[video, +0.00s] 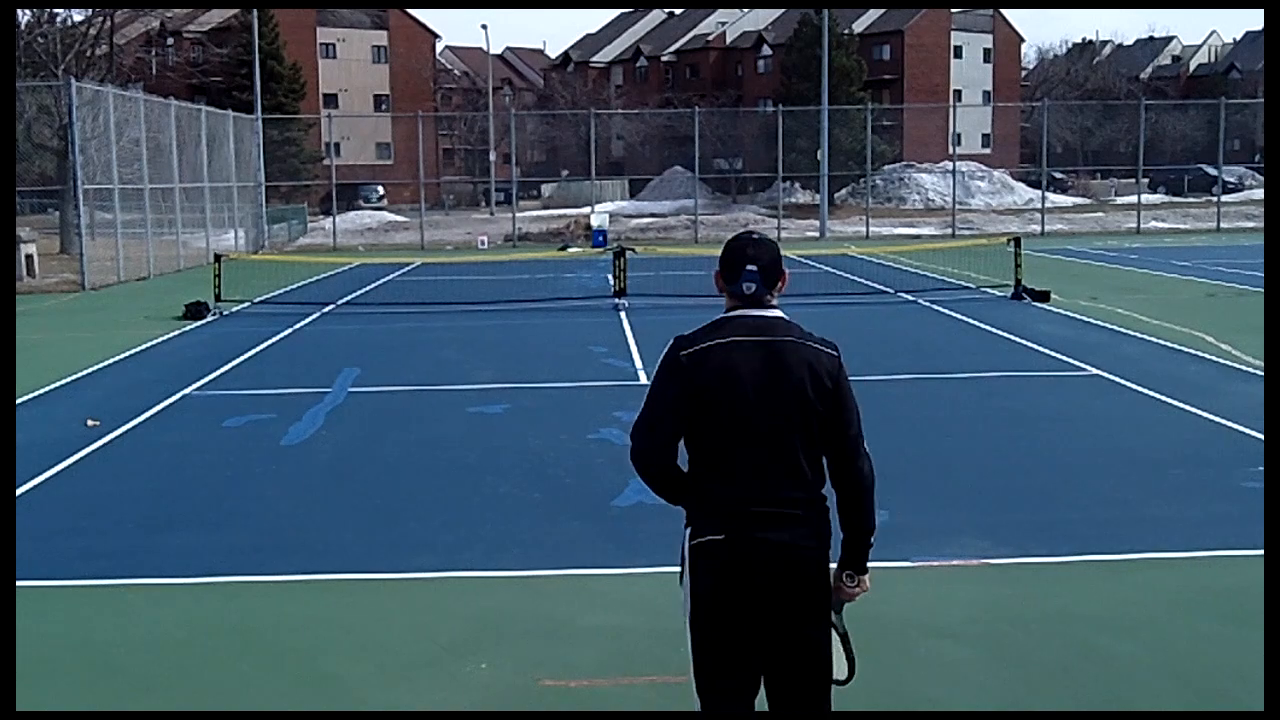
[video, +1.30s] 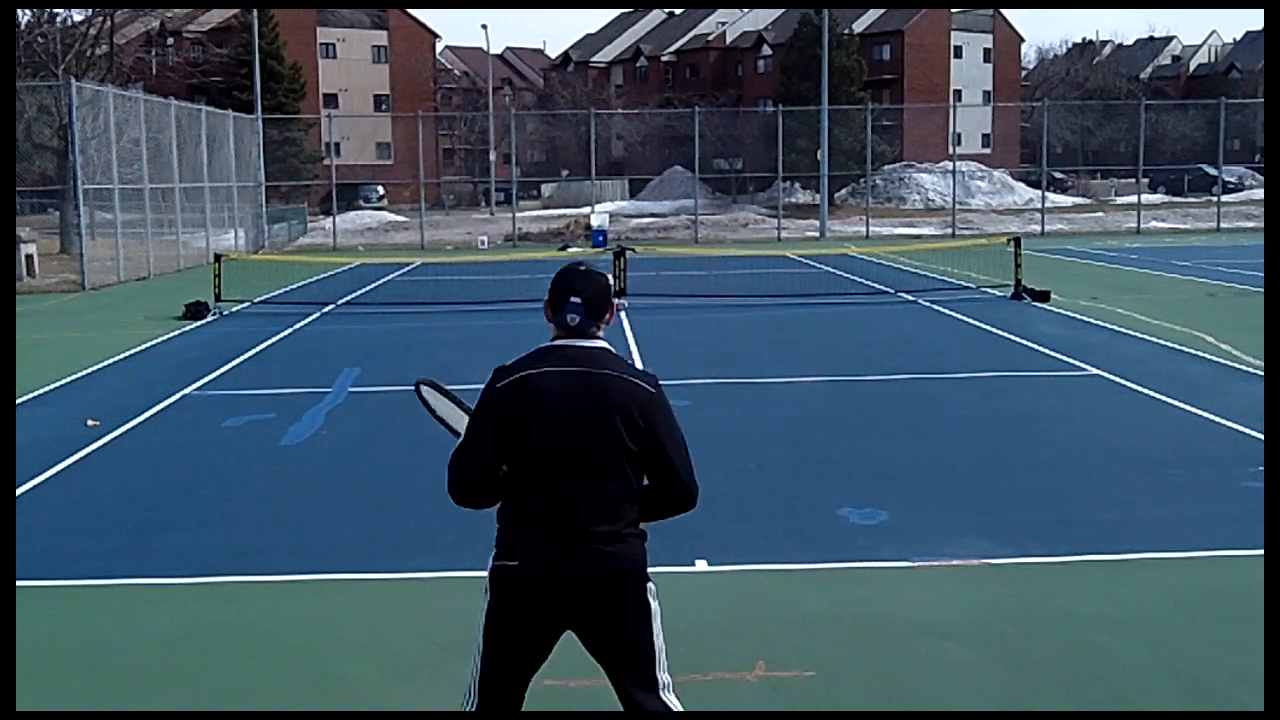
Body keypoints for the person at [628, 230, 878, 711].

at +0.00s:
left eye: (722, 277)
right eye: (781, 275)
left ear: (719, 282)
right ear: (782, 282)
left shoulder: (687, 353)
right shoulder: (819, 355)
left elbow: (648, 452)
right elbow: (853, 468)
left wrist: (697, 498)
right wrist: (855, 560)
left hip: (718, 559)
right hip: (800, 556)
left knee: (724, 699)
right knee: (804, 699)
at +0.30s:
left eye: (708, 280)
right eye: (764, 279)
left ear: (704, 285)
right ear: (766, 285)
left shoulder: (674, 353)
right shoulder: (802, 357)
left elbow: (635, 451)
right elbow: (833, 468)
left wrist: (678, 502)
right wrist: (827, 552)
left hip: (692, 552)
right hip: (776, 554)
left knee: (659, 682)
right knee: (793, 695)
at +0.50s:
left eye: (666, 289)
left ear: (662, 294)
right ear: (725, 292)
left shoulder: (632, 362)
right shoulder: (761, 365)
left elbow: (586, 454)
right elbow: (800, 473)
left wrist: (637, 491)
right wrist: (789, 548)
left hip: (653, 566)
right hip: (739, 565)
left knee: (616, 700)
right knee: (772, 701)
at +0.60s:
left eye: (640, 295)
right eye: (697, 292)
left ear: (637, 301)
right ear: (698, 299)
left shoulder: (604, 365)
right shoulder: (735, 371)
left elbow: (549, 453)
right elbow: (778, 477)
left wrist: (601, 487)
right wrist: (755, 548)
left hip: (624, 567)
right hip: (711, 567)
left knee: (593, 702)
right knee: (747, 702)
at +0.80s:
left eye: (617, 281)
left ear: (615, 286)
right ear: (677, 285)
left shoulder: (582, 351)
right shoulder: (713, 355)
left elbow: (535, 455)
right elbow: (749, 459)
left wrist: (558, 470)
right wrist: (703, 501)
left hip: (601, 548)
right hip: (687, 549)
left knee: (588, 690)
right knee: (688, 687)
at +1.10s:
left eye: (595, 289)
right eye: (656, 288)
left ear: (592, 295)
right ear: (655, 295)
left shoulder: (558, 362)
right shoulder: (688, 367)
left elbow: (517, 467)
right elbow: (719, 473)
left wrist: (563, 483)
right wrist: (658, 496)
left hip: (566, 556)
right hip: (654, 558)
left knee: (535, 684)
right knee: (671, 693)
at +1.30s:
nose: (612, 313)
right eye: (612, 307)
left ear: (549, 313)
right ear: (609, 314)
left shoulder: (509, 382)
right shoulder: (638, 385)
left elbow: (465, 488)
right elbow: (680, 492)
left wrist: (519, 477)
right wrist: (617, 505)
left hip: (524, 579)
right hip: (614, 579)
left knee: (493, 703)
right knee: (651, 700)